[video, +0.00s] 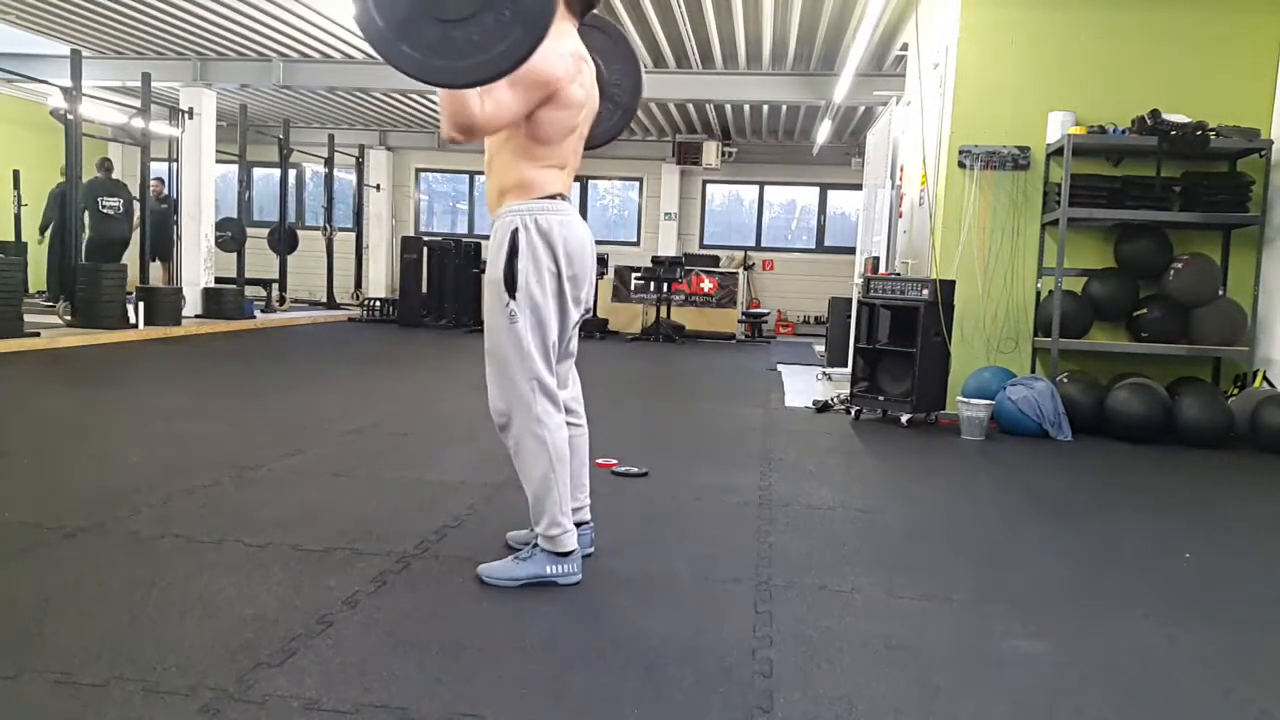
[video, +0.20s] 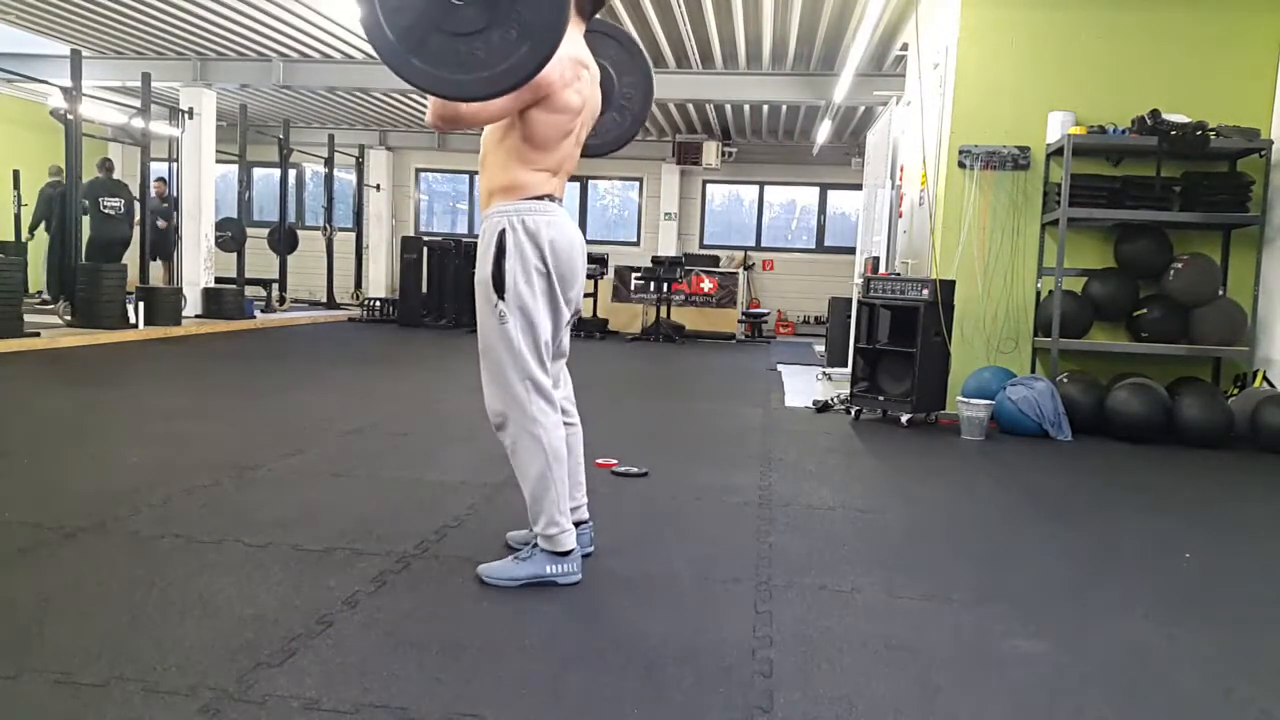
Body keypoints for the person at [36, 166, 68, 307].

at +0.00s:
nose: (63, 174)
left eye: (63, 172)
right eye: (65, 172)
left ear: (62, 173)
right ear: (74, 173)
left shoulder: (58, 190)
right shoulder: (81, 189)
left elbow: (50, 212)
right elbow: (85, 209)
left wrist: (42, 230)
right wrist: (84, 227)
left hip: (60, 232)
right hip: (77, 231)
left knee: (55, 262)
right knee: (73, 263)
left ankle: (54, 296)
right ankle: (71, 297)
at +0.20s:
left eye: (52, 174)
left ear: (49, 175)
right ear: (62, 175)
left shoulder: (47, 190)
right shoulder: (70, 189)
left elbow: (39, 213)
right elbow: (82, 209)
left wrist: (31, 230)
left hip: (56, 233)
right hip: (72, 232)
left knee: (53, 263)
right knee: (68, 262)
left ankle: (52, 295)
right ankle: (68, 295)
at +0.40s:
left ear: (37, 172)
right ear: (51, 172)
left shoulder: (34, 188)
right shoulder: (59, 188)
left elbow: (28, 211)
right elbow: (64, 211)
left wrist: (19, 230)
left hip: (42, 232)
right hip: (58, 231)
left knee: (24, 258)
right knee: (48, 260)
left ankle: (42, 289)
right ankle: (50, 291)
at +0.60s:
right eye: (38, 171)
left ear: (25, 171)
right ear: (39, 172)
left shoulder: (18, 188)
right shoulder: (47, 190)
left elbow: (12, 212)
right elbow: (59, 207)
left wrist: (6, 232)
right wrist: (57, 229)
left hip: (25, 233)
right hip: (44, 233)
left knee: (15, 268)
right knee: (47, 268)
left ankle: (12, 298)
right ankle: (48, 296)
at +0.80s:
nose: (28, 173)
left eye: (26, 171)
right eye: (28, 171)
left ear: (13, 170)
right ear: (27, 171)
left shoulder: (3, 186)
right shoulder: (33, 189)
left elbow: (2, 210)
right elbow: (41, 213)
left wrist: (6, 223)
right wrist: (45, 232)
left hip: (10, 230)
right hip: (32, 231)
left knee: (9, 267)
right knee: (39, 265)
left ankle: (9, 299)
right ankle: (44, 296)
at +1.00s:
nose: (25, 170)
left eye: (24, 168)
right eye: (24, 168)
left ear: (9, 167)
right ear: (21, 168)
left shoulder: (2, 182)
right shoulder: (21, 186)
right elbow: (26, 211)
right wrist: (32, 231)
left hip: (2, 227)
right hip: (17, 228)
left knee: (4, 262)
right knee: (30, 259)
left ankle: (5, 293)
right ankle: (24, 292)